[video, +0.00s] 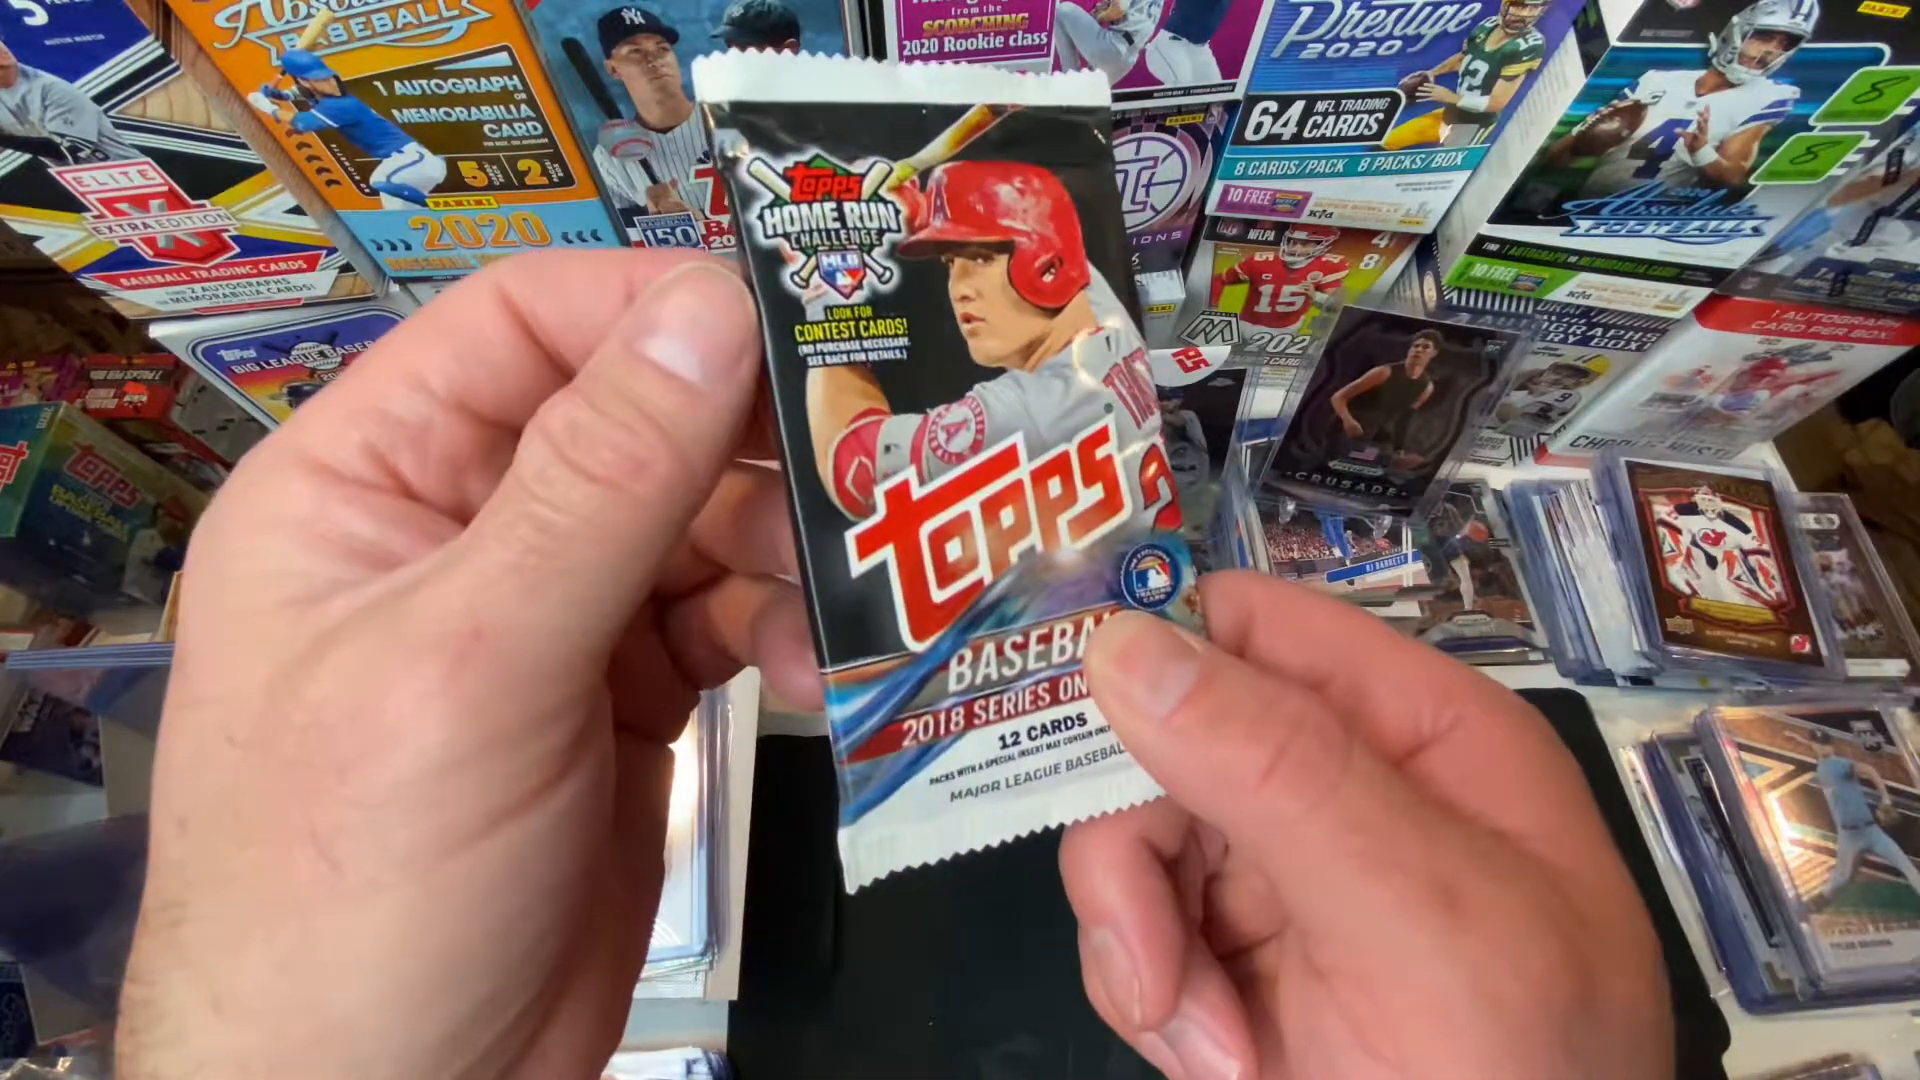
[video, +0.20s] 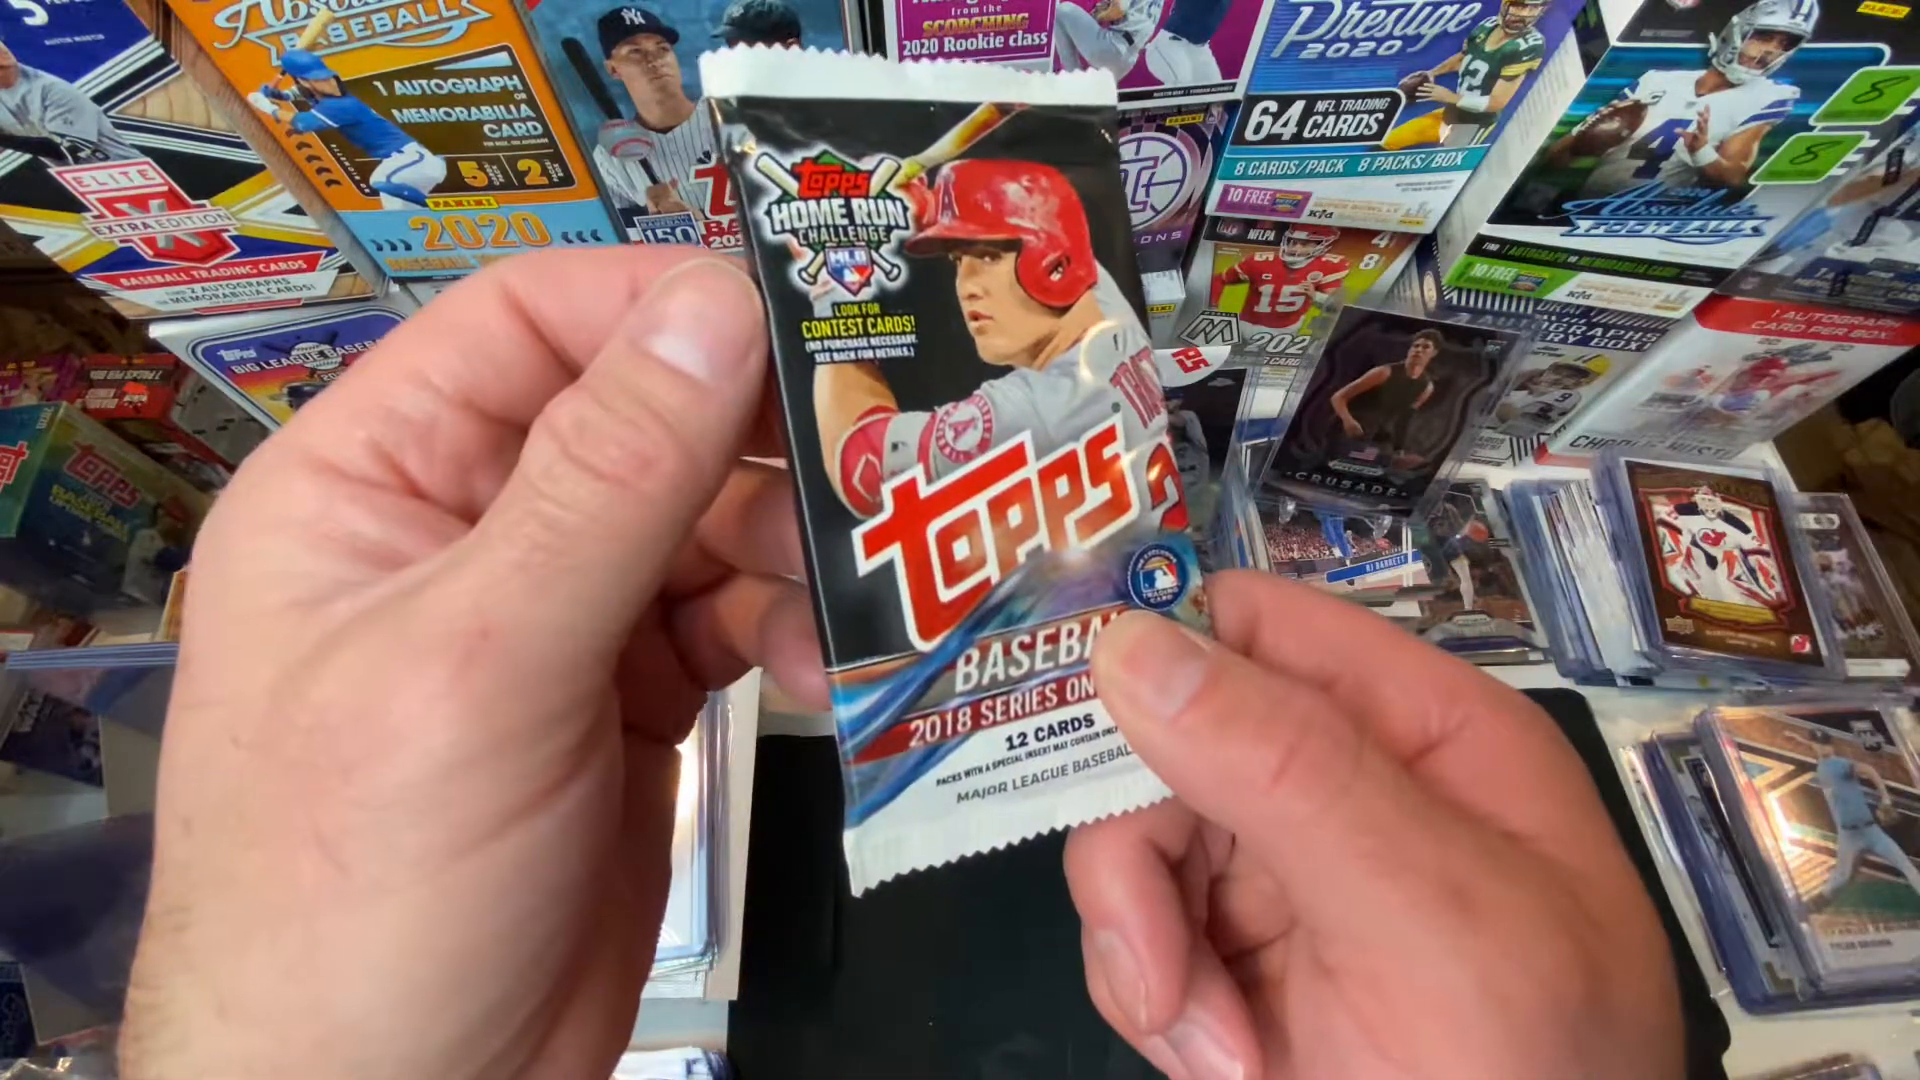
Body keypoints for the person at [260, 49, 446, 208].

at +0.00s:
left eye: (302, 82)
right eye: (321, 77)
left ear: (308, 83)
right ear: (307, 82)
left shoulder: (341, 106)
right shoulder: (332, 103)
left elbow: (300, 122)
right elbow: (300, 94)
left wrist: (271, 109)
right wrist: (276, 94)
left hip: (414, 158)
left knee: (380, 179)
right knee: (398, 218)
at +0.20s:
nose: (330, 80)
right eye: (322, 77)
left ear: (307, 83)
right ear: (307, 82)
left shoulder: (342, 106)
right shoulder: (331, 103)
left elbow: (300, 122)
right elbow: (300, 93)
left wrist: (270, 109)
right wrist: (276, 94)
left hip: (414, 158)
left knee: (381, 179)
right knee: (399, 219)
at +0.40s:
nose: (331, 80)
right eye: (322, 78)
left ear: (308, 83)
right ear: (308, 83)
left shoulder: (342, 106)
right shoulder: (331, 103)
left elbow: (300, 123)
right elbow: (300, 93)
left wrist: (270, 109)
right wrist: (276, 94)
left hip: (414, 158)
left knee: (380, 180)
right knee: (399, 219)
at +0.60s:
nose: (331, 80)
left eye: (329, 76)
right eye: (323, 77)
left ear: (308, 82)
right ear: (306, 83)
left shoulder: (342, 106)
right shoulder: (330, 104)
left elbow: (299, 123)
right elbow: (300, 93)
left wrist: (270, 108)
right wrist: (276, 94)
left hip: (415, 158)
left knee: (380, 179)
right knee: (400, 222)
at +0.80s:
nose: (329, 80)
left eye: (303, 82)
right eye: (321, 77)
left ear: (307, 83)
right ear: (306, 84)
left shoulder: (342, 106)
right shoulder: (332, 102)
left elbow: (299, 123)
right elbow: (300, 93)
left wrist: (270, 109)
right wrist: (275, 95)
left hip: (415, 158)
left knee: (381, 179)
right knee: (398, 218)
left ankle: (435, 213)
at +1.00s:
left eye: (301, 82)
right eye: (301, 82)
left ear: (309, 83)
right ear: (311, 81)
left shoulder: (342, 106)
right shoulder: (333, 101)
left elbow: (299, 123)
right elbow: (303, 92)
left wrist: (270, 109)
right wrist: (277, 95)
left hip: (414, 158)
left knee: (381, 180)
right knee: (397, 219)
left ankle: (434, 212)